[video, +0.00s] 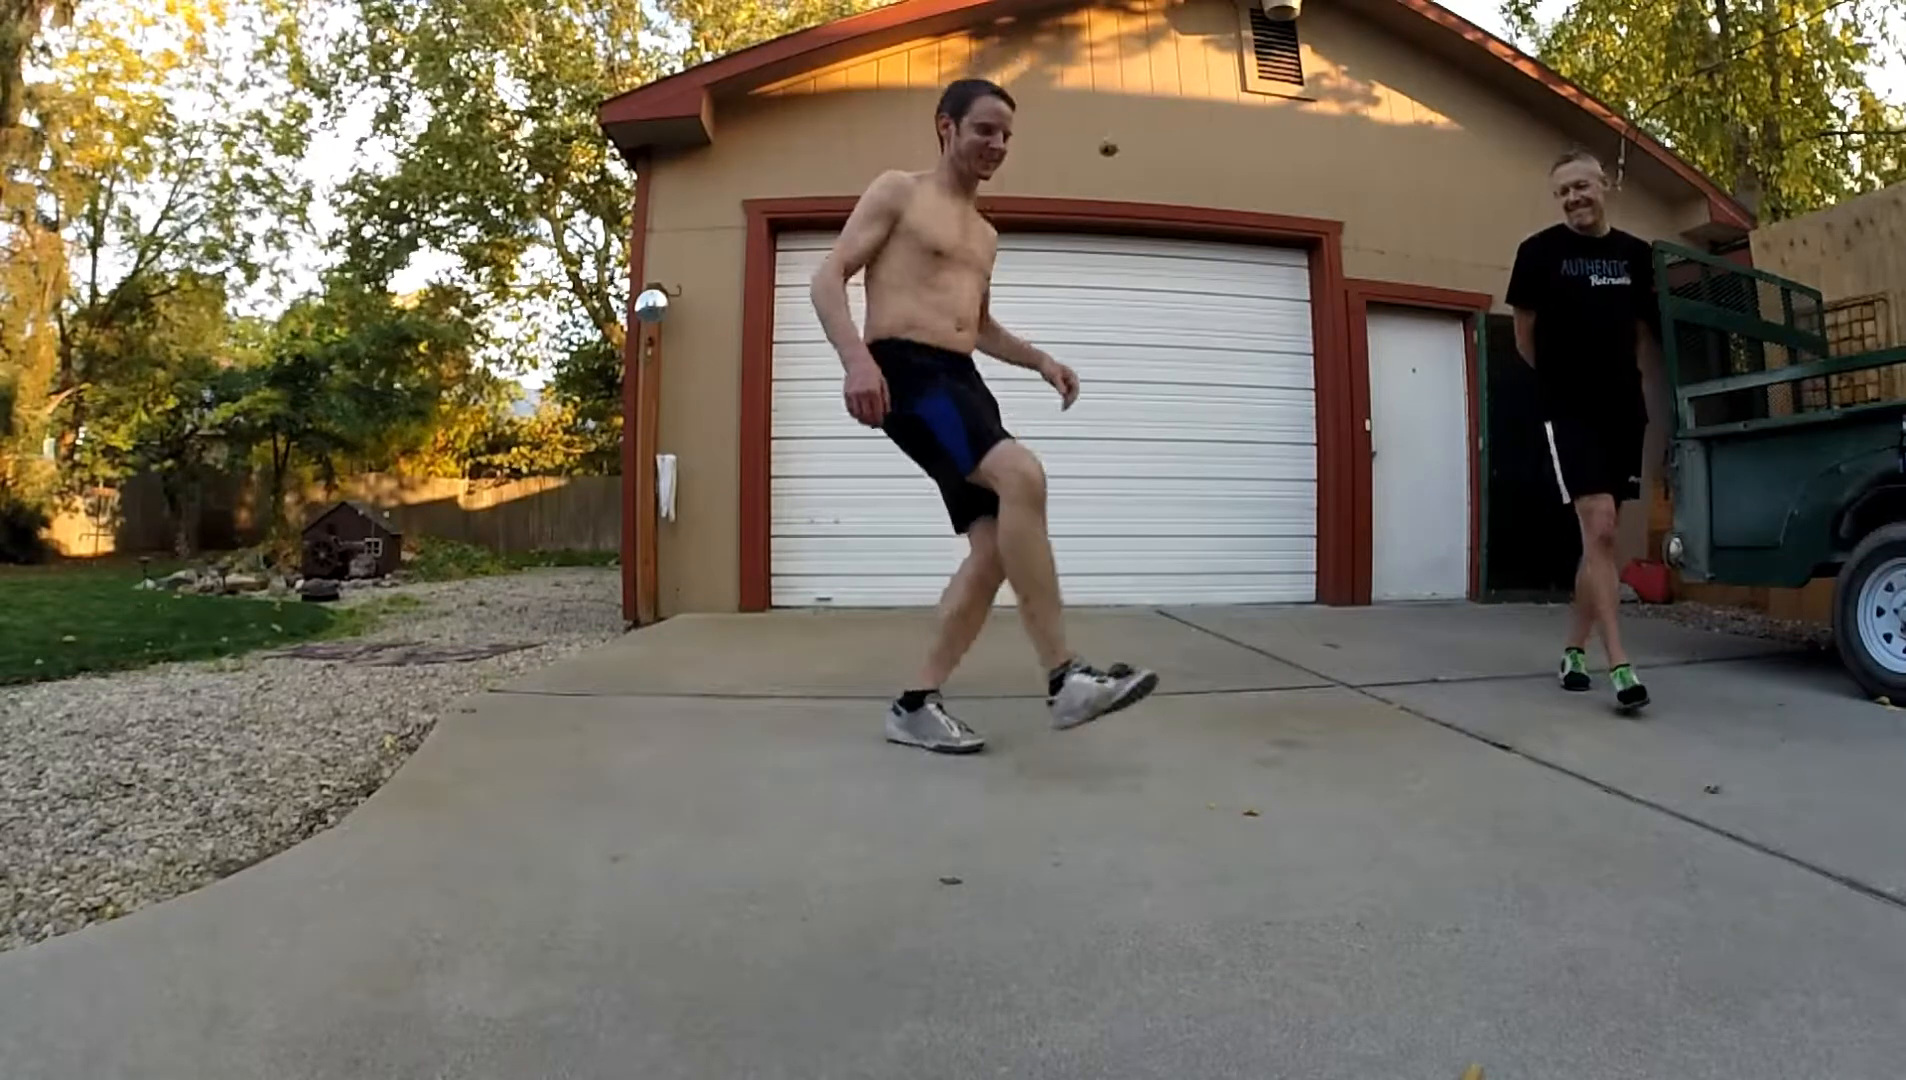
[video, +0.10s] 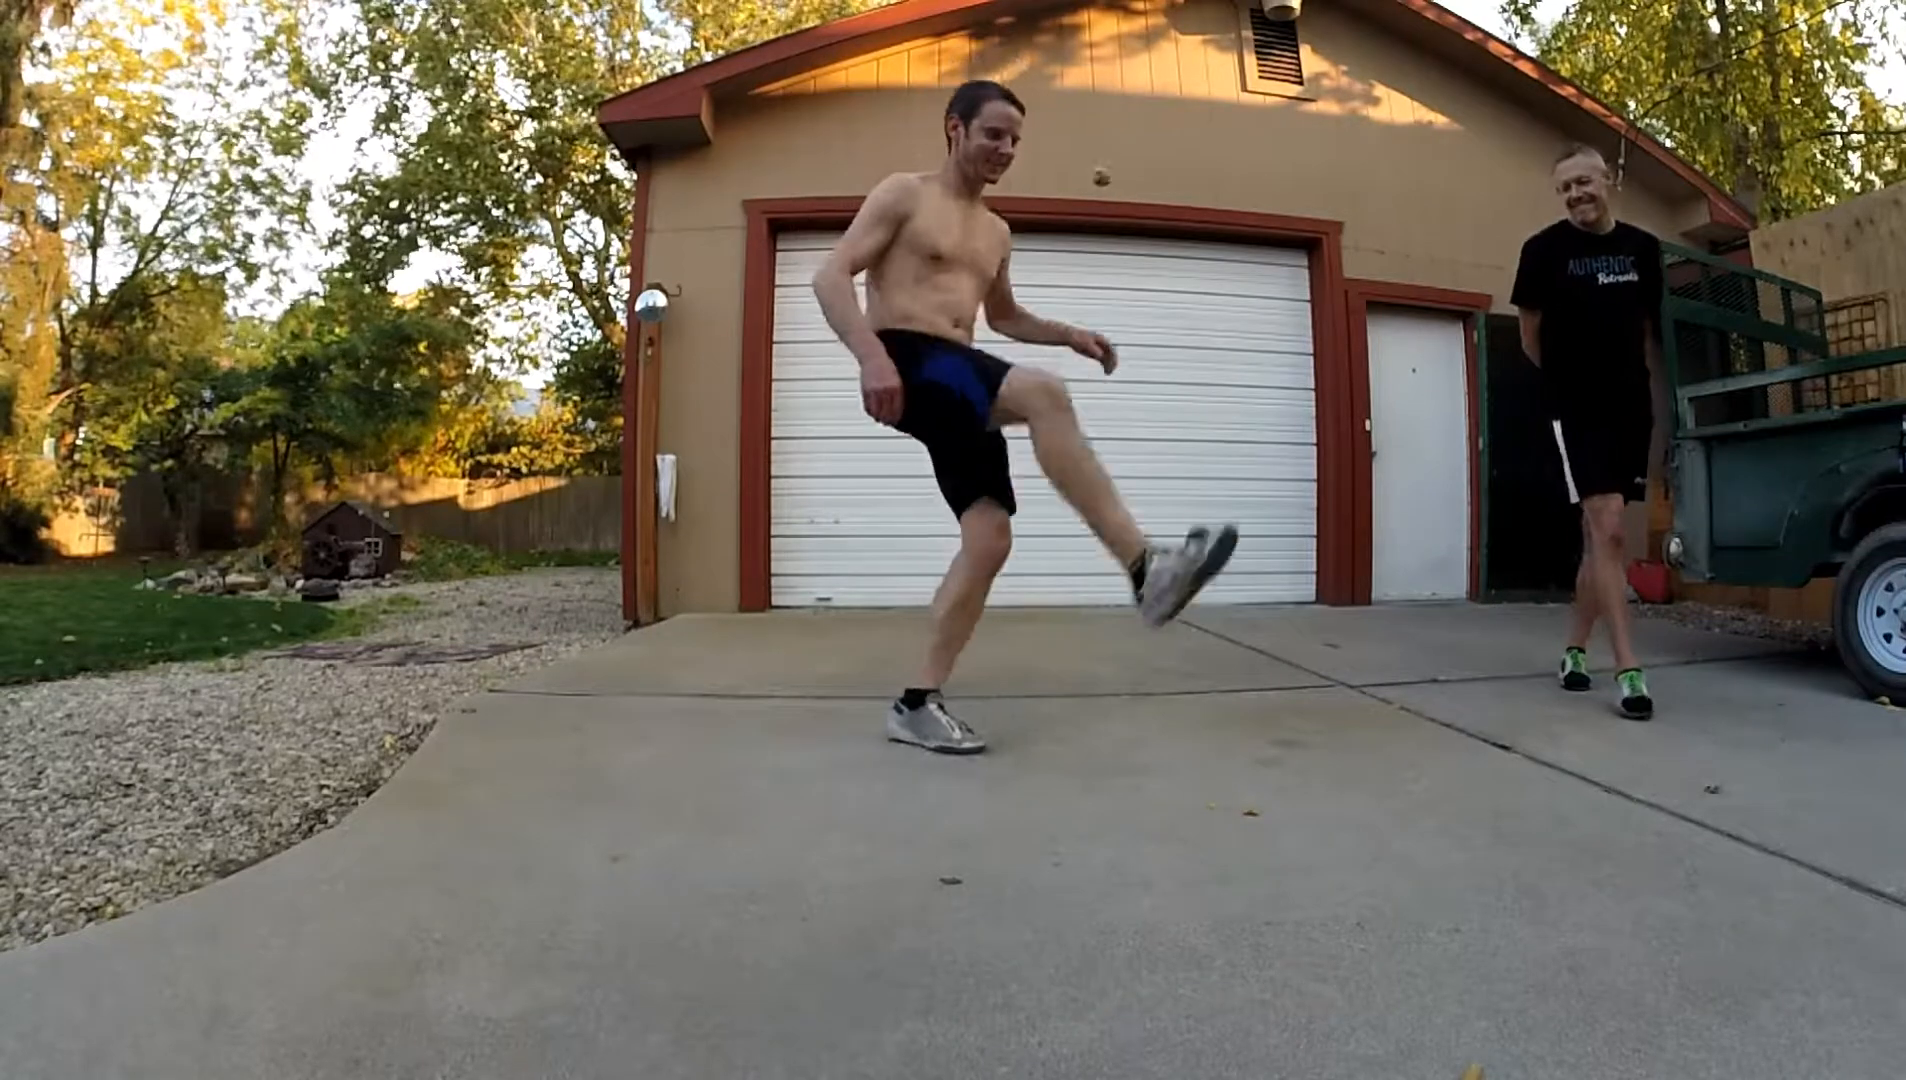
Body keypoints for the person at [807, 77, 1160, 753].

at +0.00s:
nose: (997, 144)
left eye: (1006, 135)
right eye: (985, 130)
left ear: (1009, 143)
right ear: (948, 129)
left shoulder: (984, 235)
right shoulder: (898, 190)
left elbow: (978, 325)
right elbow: (827, 278)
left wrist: (1040, 360)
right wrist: (856, 360)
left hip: (959, 377)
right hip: (906, 368)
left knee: (992, 551)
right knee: (1020, 476)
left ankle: (918, 702)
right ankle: (1063, 680)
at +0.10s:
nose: (1005, 150)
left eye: (1014, 140)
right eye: (994, 134)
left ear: (1017, 146)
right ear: (955, 130)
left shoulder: (995, 232)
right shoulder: (904, 192)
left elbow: (1003, 315)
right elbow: (829, 277)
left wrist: (1070, 335)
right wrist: (869, 354)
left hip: (957, 369)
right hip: (904, 355)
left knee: (987, 538)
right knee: (1042, 393)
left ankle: (918, 702)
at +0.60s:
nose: (1018, 169)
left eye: (1028, 159)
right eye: (1007, 154)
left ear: (1033, 164)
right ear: (973, 148)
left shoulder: (1013, 250)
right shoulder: (924, 206)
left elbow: (1005, 337)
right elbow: (843, 276)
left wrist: (1057, 360)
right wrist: (863, 338)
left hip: (967, 382)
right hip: (913, 367)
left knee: (1009, 535)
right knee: (1030, 429)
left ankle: (947, 690)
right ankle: (1088, 618)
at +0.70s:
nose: (1026, 153)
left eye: (1036, 143)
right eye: (1015, 138)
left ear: (1043, 148)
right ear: (982, 130)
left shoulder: (1020, 224)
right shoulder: (927, 186)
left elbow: (1016, 299)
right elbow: (839, 250)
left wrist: (1052, 320)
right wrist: (866, 301)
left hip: (960, 370)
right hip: (903, 350)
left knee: (976, 521)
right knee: (1022, 318)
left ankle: (951, 686)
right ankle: (1102, 479)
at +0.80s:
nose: (1026, 133)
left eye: (1036, 124)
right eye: (1016, 119)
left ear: (1042, 127)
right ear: (983, 109)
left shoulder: (1019, 201)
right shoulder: (925, 165)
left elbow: (1000, 273)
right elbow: (838, 226)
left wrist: (1042, 300)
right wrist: (878, 273)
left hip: (958, 353)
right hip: (897, 331)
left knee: (960, 504)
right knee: (1006, 284)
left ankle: (956, 668)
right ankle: (1035, 462)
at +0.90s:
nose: (1014, 128)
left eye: (1023, 119)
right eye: (1003, 113)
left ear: (1028, 124)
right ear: (970, 108)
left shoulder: (1008, 196)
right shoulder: (917, 165)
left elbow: (991, 279)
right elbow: (835, 233)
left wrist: (1032, 316)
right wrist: (868, 283)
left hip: (949, 345)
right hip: (897, 330)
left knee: (961, 513)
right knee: (995, 369)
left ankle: (925, 673)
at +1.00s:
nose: (998, 147)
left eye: (1007, 138)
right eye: (987, 133)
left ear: (1012, 144)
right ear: (954, 132)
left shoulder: (997, 229)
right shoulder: (904, 193)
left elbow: (984, 314)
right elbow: (831, 272)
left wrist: (1031, 350)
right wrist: (854, 335)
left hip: (961, 373)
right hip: (901, 360)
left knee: (977, 522)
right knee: (985, 458)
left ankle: (912, 685)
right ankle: (974, 645)